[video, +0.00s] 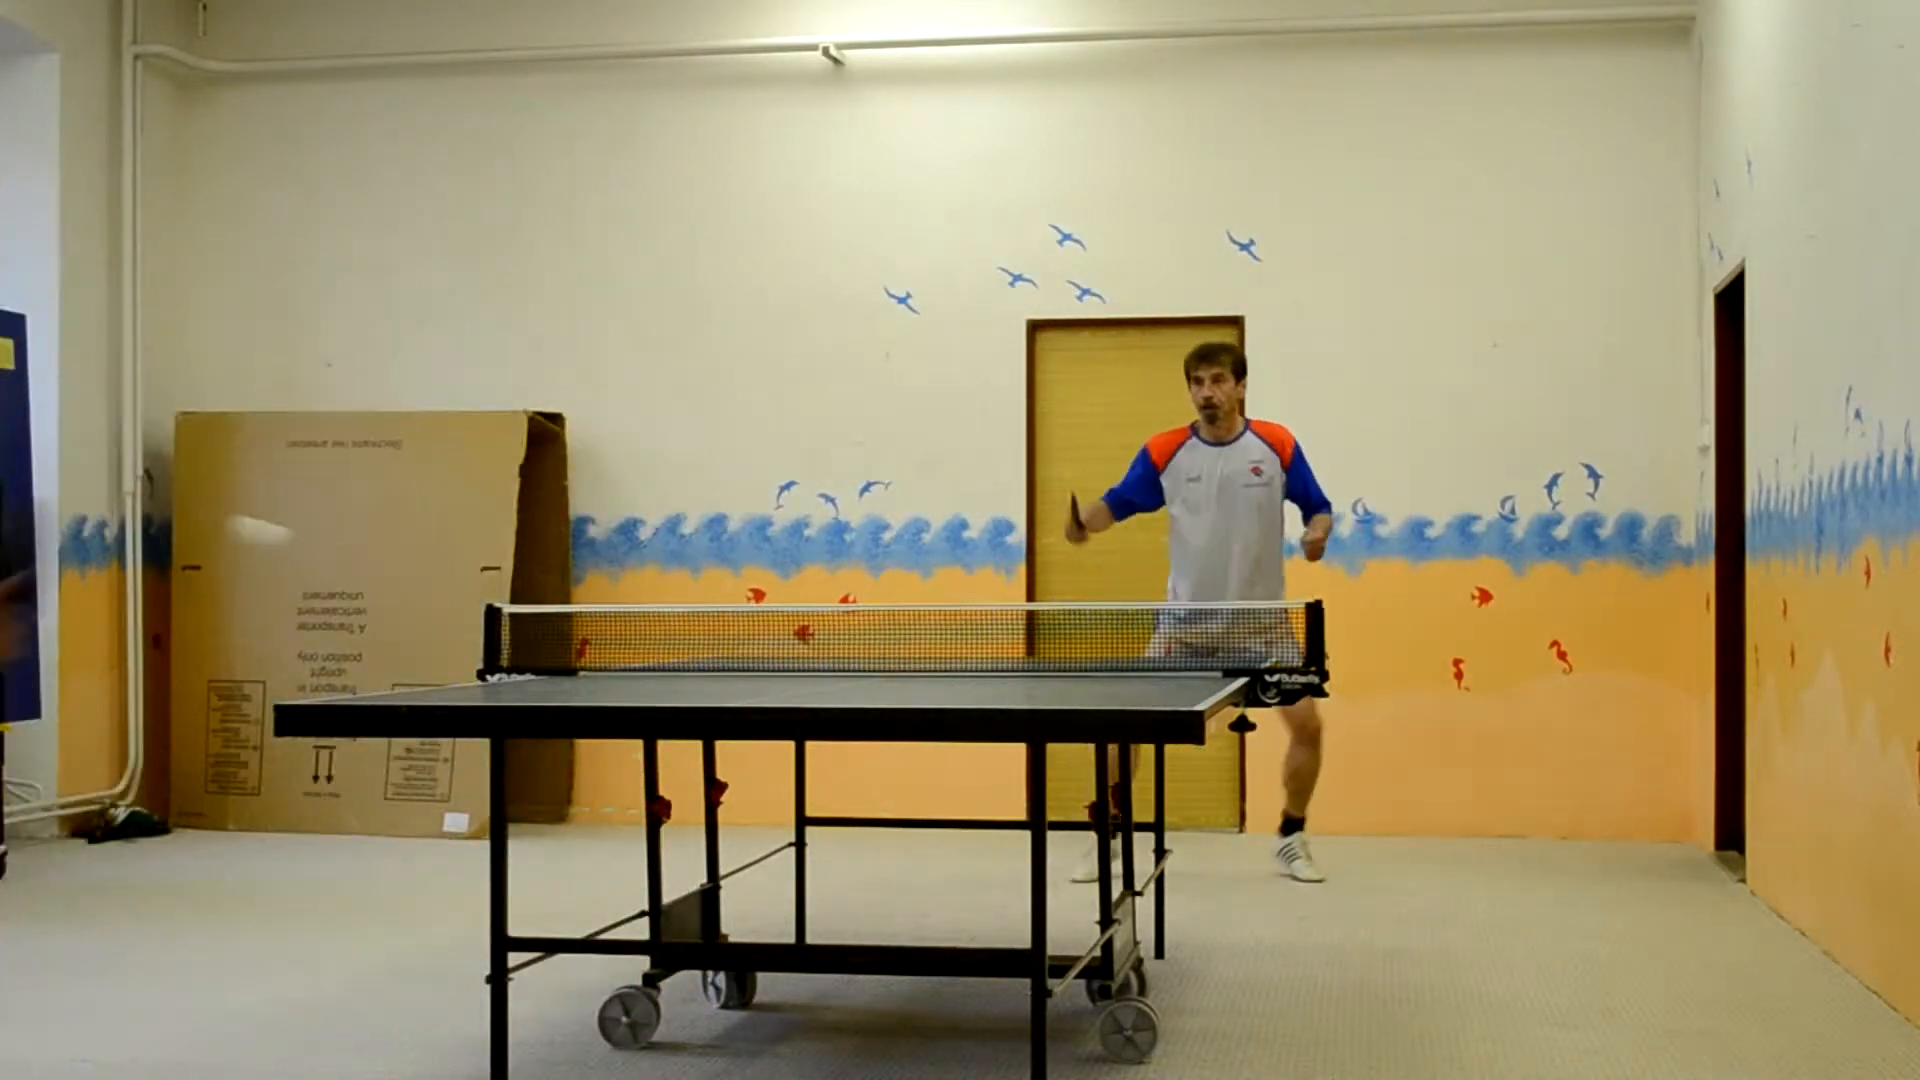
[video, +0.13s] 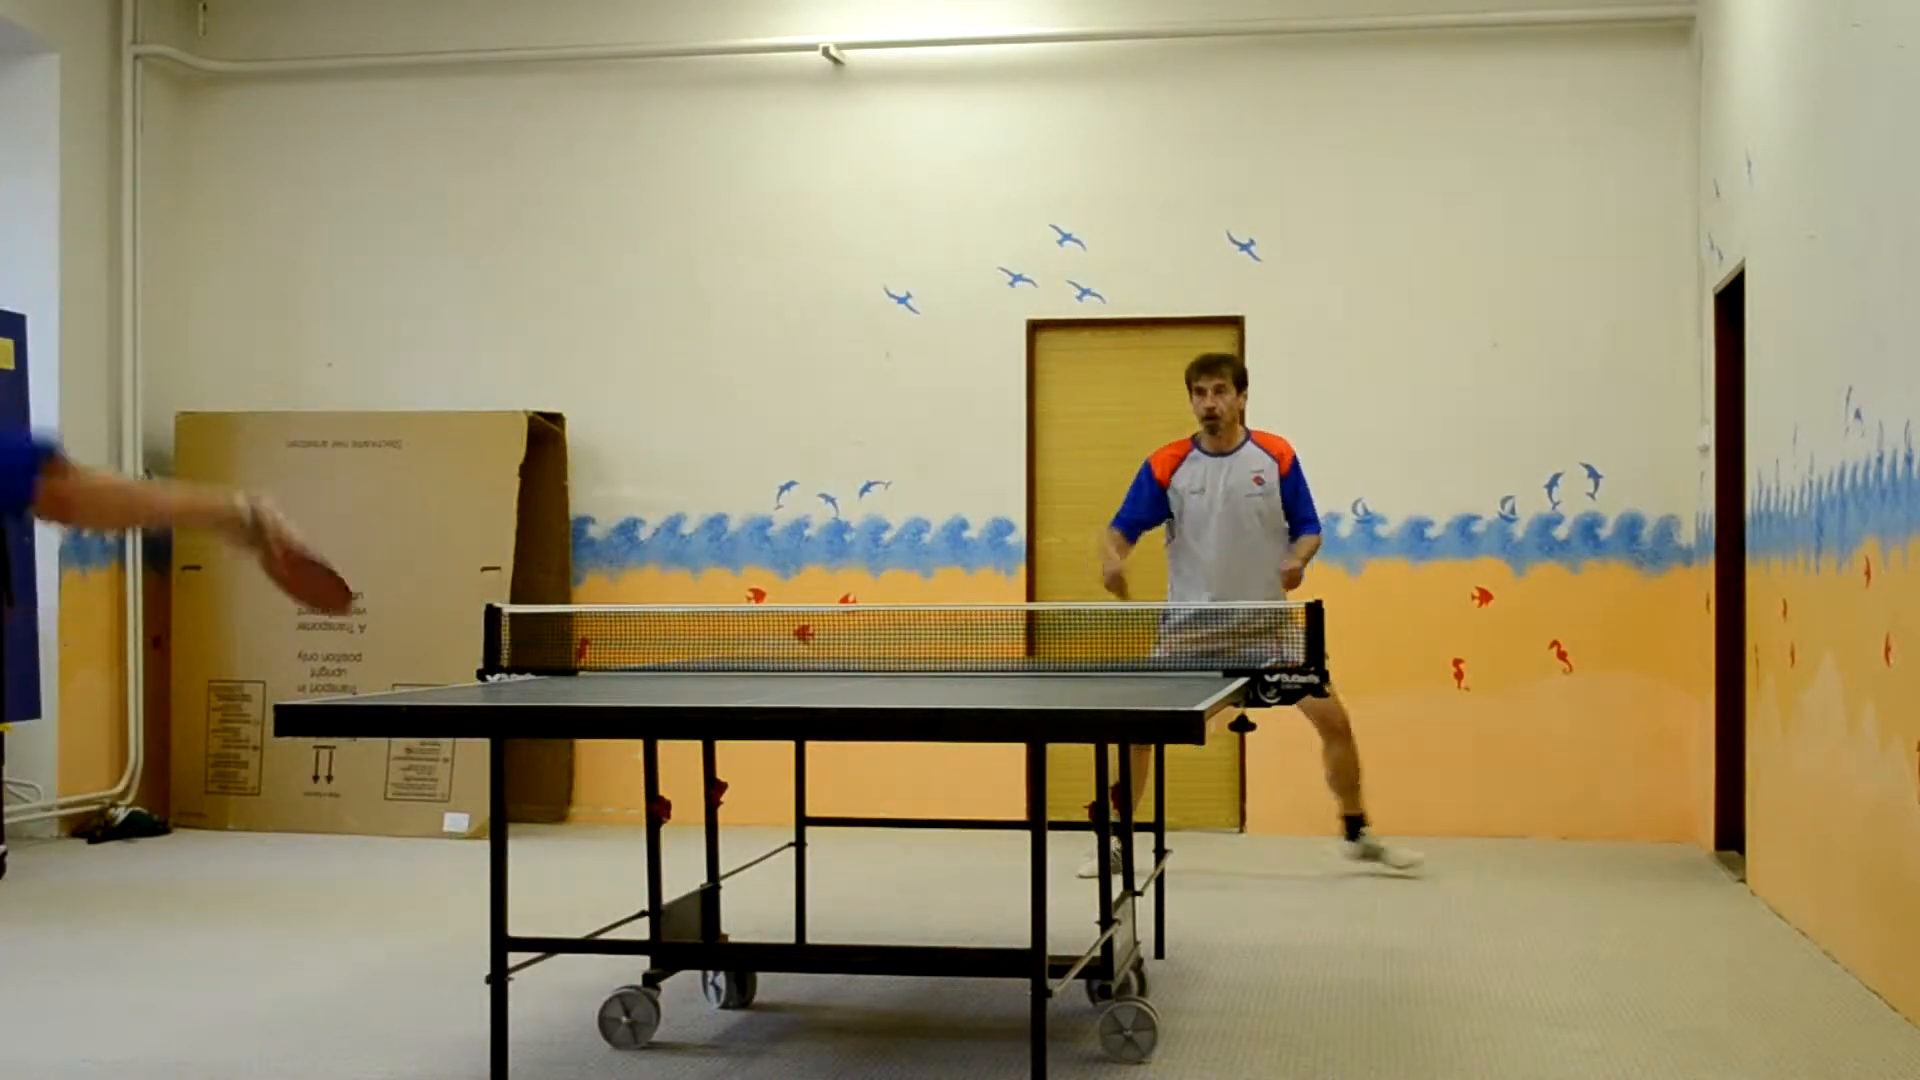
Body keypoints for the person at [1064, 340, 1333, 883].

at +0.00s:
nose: (1209, 392)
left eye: (1218, 380)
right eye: (1199, 382)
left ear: (1240, 385)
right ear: (1188, 391)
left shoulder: (1277, 444)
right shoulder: (1165, 452)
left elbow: (1318, 508)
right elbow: (1115, 503)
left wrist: (1317, 533)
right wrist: (1083, 522)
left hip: (1262, 621)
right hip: (1185, 621)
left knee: (1307, 723)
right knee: (1130, 717)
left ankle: (1292, 836)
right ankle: (1106, 835)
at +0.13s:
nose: (1210, 402)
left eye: (1220, 392)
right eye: (1200, 393)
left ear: (1240, 396)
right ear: (1190, 399)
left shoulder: (1276, 456)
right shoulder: (1166, 465)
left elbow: (1309, 529)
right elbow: (1120, 530)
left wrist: (1297, 559)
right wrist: (1112, 562)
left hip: (1266, 627)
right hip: (1189, 629)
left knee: (1334, 720)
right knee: (1139, 726)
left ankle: (1356, 833)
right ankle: (1118, 839)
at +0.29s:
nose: (1250, 432)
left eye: (1260, 422)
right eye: (1241, 423)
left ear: (1278, 427)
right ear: (1229, 428)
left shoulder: (1309, 482)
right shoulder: (1205, 491)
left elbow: (1337, 560)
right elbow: (1177, 570)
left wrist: (1315, 571)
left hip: (1291, 642)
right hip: (1221, 643)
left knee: (1375, 737)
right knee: (1156, 738)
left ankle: (1405, 843)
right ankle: (1115, 842)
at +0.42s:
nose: (1329, 443)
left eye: (1337, 432)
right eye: (1318, 434)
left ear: (1351, 435)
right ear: (1304, 440)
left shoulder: (1369, 484)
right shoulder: (1285, 509)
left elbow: (1392, 560)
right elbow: (1285, 608)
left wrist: (1386, 557)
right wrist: (1361, 643)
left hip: (1341, 645)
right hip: (1272, 644)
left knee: (1408, 734)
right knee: (1203, 743)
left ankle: (1414, 850)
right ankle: (1134, 839)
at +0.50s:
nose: (1375, 434)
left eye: (1383, 423)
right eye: (1364, 425)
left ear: (1394, 426)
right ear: (1345, 430)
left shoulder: (1399, 469)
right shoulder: (1331, 497)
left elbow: (1412, 531)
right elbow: (1347, 592)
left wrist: (1434, 554)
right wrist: (1415, 624)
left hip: (1378, 630)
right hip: (1318, 628)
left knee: (1436, 729)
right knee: (1245, 733)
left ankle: (1417, 847)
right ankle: (1176, 830)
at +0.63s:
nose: (1406, 402)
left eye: (1414, 391)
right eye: (1395, 393)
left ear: (1426, 396)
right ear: (1376, 402)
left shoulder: (1439, 449)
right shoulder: (1353, 461)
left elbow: (1421, 515)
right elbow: (1316, 535)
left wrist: (1448, 548)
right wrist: (1343, 513)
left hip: (1426, 616)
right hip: (1363, 619)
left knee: (1488, 714)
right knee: (1333, 726)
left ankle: (1444, 825)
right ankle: (1285, 816)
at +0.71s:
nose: (1410, 397)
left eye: (1419, 386)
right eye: (1399, 389)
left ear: (1437, 392)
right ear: (1386, 398)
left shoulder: (1462, 451)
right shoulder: (1362, 461)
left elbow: (1467, 511)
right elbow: (1309, 524)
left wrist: (1476, 568)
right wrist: (1298, 484)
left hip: (1455, 618)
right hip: (1389, 622)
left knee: (1514, 731)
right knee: (1376, 730)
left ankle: (1509, 835)